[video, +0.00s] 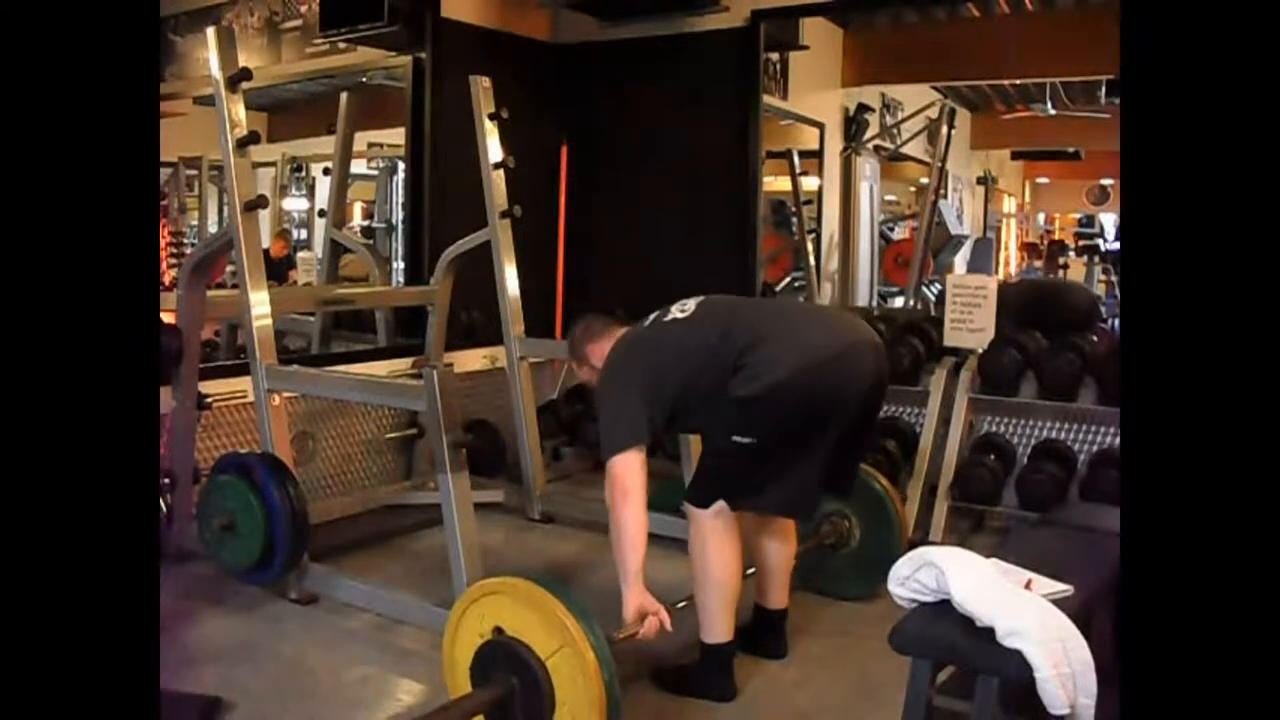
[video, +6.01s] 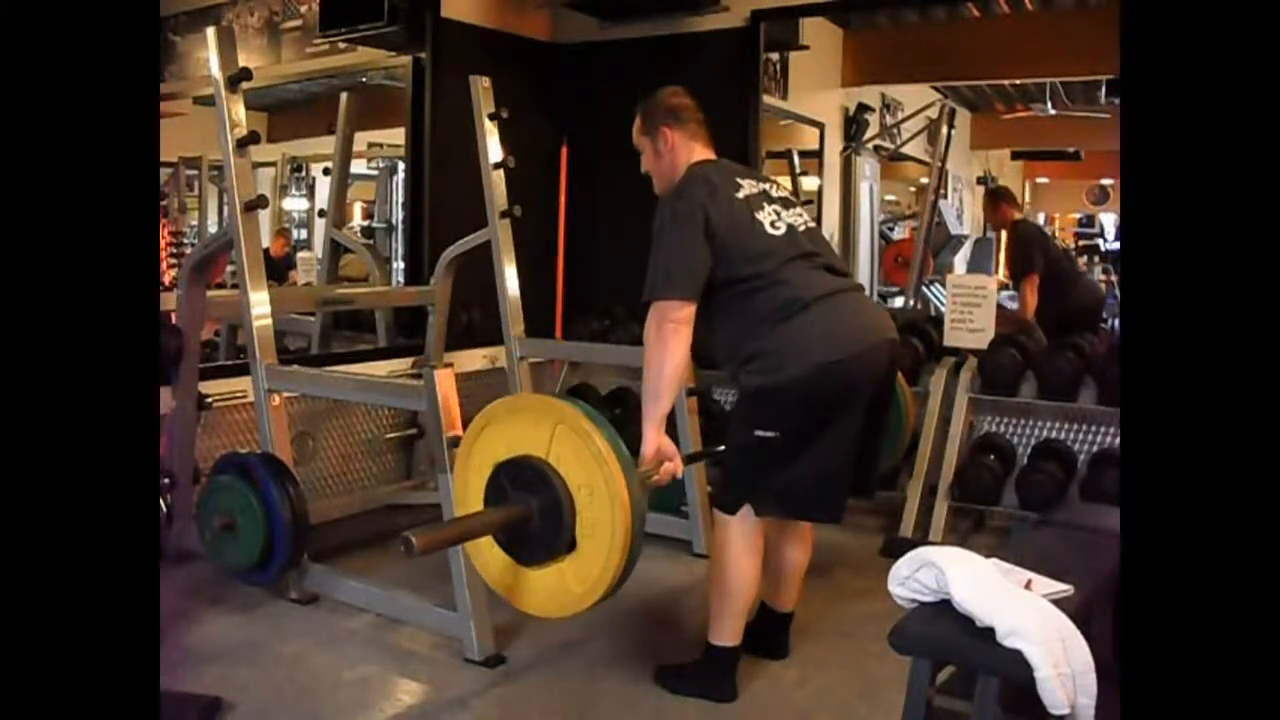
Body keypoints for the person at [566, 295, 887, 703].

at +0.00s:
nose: (594, 388)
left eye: (587, 379)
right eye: (587, 380)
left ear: (590, 361)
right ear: (622, 329)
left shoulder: (623, 371)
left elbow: (625, 487)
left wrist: (633, 590)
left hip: (786, 371)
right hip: (859, 355)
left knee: (709, 504)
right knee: (772, 501)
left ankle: (714, 672)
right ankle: (770, 631)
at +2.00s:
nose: (716, 62)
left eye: (721, 47)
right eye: (718, 48)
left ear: (749, 49)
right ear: (779, 53)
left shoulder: (740, 127)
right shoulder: (818, 130)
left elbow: (699, 245)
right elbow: (807, 249)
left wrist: (658, 343)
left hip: (744, 343)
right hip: (813, 339)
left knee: (724, 507)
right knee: (776, 492)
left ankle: (715, 668)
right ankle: (772, 631)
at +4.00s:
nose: (710, 72)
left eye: (713, 57)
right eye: (711, 58)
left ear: (741, 52)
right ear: (774, 54)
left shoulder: (737, 129)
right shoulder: (812, 129)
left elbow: (703, 247)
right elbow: (803, 248)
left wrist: (665, 346)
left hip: (749, 343)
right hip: (817, 338)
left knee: (727, 512)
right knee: (780, 498)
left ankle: (715, 668)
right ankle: (772, 630)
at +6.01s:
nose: (645, 170)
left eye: (644, 152)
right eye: (642, 155)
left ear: (666, 139)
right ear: (699, 137)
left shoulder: (688, 199)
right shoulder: (759, 184)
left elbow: (672, 317)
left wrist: (653, 428)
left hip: (799, 356)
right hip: (869, 340)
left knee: (736, 500)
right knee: (796, 497)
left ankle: (717, 668)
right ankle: (773, 630)